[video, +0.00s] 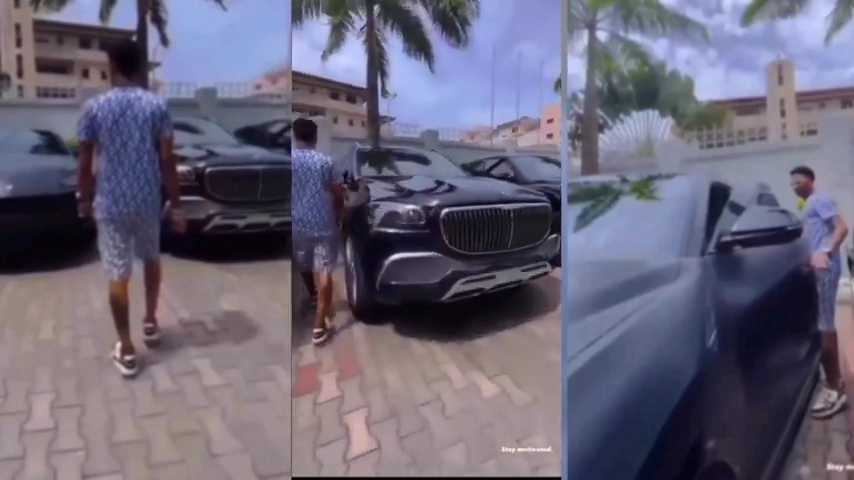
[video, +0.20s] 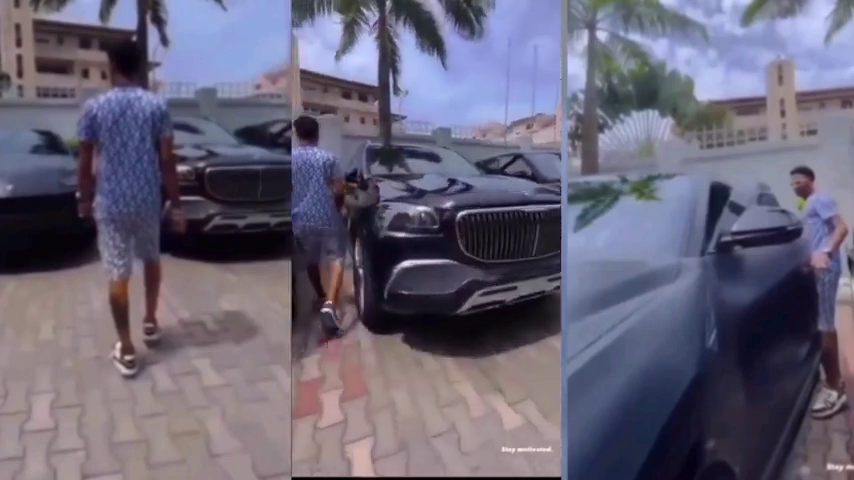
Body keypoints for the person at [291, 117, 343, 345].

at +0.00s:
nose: (300, 140)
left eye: (296, 136)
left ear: (295, 136)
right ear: (315, 136)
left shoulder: (289, 160)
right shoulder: (326, 162)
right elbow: (337, 191)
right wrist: (339, 215)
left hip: (298, 223)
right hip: (324, 223)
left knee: (305, 266)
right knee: (324, 271)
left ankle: (314, 296)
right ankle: (319, 326)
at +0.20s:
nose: (300, 137)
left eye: (297, 133)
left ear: (297, 135)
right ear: (317, 134)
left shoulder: (291, 158)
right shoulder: (328, 158)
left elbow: (289, 188)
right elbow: (339, 186)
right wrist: (338, 206)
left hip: (301, 217)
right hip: (327, 215)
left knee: (311, 261)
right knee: (336, 258)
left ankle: (321, 298)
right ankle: (329, 303)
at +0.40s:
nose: (323, 138)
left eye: (317, 134)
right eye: (328, 134)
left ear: (311, 135)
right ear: (331, 135)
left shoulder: (300, 159)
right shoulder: (340, 158)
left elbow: (298, 188)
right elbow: (348, 188)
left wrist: (305, 207)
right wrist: (350, 206)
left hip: (315, 214)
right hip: (340, 213)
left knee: (325, 259)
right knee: (350, 250)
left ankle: (334, 302)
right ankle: (349, 290)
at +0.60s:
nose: (346, 142)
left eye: (340, 138)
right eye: (348, 138)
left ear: (332, 139)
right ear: (350, 139)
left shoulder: (322, 162)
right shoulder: (358, 161)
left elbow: (322, 193)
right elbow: (364, 190)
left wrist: (329, 205)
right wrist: (374, 186)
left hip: (333, 213)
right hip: (356, 212)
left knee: (342, 258)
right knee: (361, 252)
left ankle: (350, 306)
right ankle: (363, 285)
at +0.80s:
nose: (367, 148)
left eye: (362, 144)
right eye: (370, 145)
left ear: (356, 145)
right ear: (373, 146)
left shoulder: (346, 167)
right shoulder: (377, 168)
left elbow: (345, 190)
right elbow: (381, 196)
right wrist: (390, 187)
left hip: (354, 215)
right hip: (374, 215)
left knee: (359, 258)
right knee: (376, 253)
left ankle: (364, 304)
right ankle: (373, 284)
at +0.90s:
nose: (380, 148)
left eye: (375, 144)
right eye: (382, 145)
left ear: (368, 146)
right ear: (384, 146)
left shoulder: (358, 166)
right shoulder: (386, 168)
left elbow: (358, 187)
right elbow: (388, 196)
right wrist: (399, 189)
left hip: (363, 214)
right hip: (382, 215)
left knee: (368, 254)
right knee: (385, 253)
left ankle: (370, 292)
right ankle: (381, 285)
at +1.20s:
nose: (411, 147)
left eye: (407, 145)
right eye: (411, 144)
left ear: (396, 146)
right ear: (411, 146)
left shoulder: (387, 165)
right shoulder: (411, 167)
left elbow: (384, 188)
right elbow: (411, 193)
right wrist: (419, 193)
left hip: (392, 214)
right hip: (409, 215)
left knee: (394, 248)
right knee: (409, 253)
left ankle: (396, 281)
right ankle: (403, 291)